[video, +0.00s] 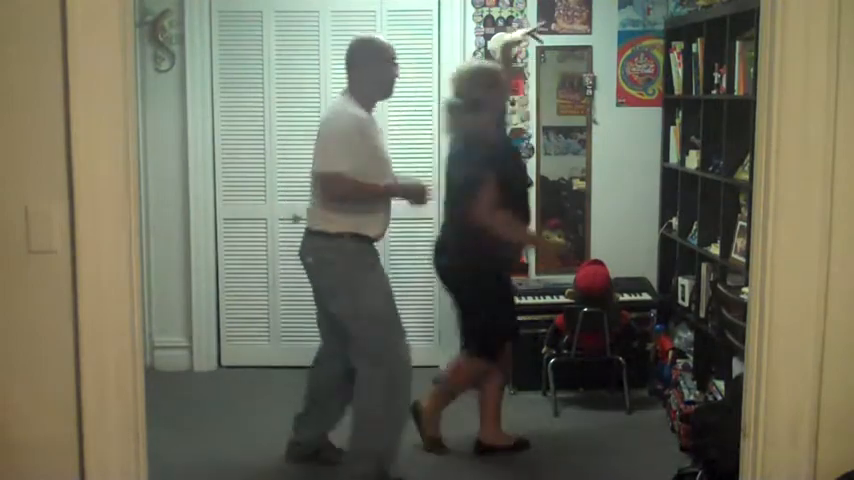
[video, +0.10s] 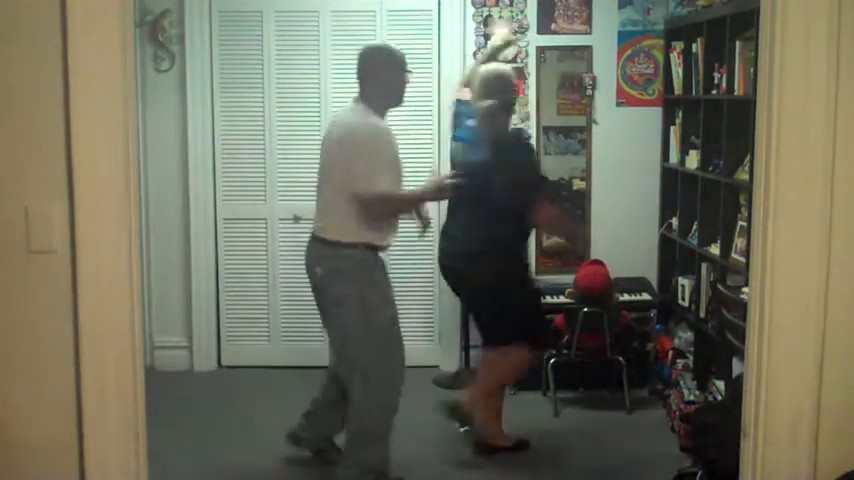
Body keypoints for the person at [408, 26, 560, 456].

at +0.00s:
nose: (507, 100)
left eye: (504, 94)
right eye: (502, 95)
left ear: (468, 97)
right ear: (491, 100)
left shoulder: (474, 135)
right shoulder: (486, 143)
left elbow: (498, 87)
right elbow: (483, 211)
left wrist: (504, 50)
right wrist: (534, 238)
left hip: (473, 251)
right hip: (471, 254)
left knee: (499, 342)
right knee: (486, 348)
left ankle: (490, 433)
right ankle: (430, 407)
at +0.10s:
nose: (515, 103)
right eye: (514, 96)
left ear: (475, 98)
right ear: (512, 100)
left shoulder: (463, 138)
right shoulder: (513, 148)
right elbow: (538, 208)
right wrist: (573, 232)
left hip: (457, 252)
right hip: (493, 256)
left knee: (499, 338)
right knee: (529, 339)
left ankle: (490, 429)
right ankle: (471, 400)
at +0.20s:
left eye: (485, 90)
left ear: (488, 99)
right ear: (527, 99)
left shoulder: (468, 132)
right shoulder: (541, 147)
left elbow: (443, 85)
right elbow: (561, 211)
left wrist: (476, 47)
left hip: (469, 255)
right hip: (520, 254)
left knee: (494, 339)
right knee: (540, 326)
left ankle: (499, 432)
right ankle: (534, 407)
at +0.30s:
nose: (488, 91)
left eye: (492, 87)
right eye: (494, 87)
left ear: (497, 93)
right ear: (535, 95)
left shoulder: (473, 129)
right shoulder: (554, 146)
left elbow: (433, 85)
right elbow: (581, 197)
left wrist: (462, 45)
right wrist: (544, 218)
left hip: (482, 253)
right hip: (534, 252)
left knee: (497, 343)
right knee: (537, 327)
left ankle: (519, 430)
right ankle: (559, 410)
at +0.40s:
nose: (486, 91)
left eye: (492, 87)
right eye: (490, 86)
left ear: (506, 96)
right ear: (529, 100)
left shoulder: (480, 122)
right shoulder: (553, 141)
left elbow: (437, 79)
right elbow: (582, 191)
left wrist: (457, 40)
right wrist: (547, 212)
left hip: (492, 251)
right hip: (541, 250)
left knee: (500, 343)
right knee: (535, 332)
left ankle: (533, 432)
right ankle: (557, 418)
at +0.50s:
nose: (486, 90)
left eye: (493, 86)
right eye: (490, 84)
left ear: (508, 94)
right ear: (530, 98)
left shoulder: (486, 119)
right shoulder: (544, 132)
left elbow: (454, 80)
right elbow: (560, 189)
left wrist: (457, 26)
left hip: (500, 247)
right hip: (546, 245)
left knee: (482, 336)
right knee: (533, 330)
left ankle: (527, 412)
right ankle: (558, 416)